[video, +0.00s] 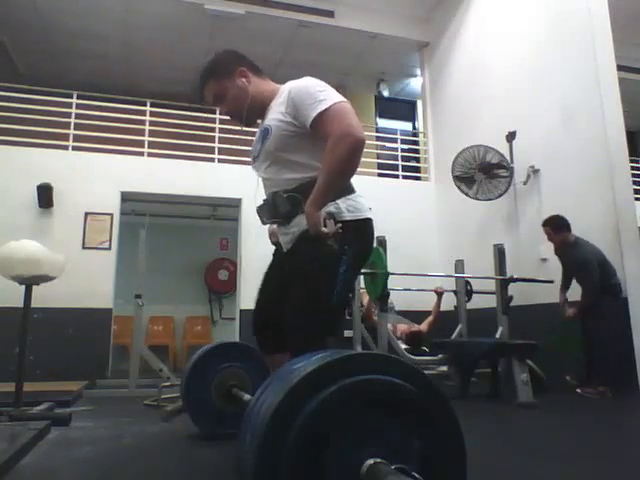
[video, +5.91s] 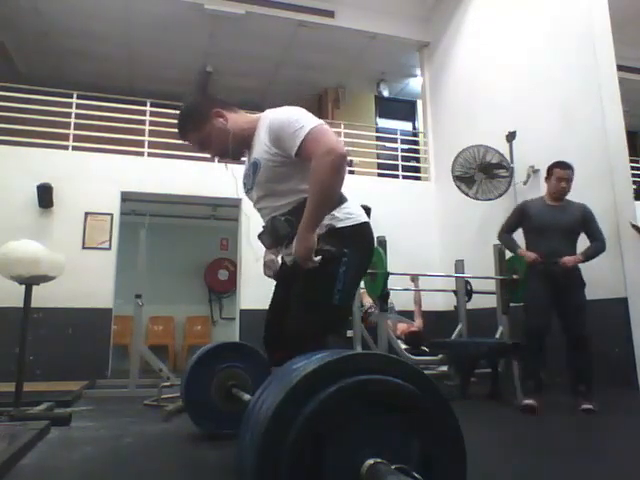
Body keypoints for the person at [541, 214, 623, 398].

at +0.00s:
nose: (548, 239)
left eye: (550, 234)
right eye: (547, 235)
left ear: (561, 232)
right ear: (561, 232)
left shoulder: (583, 253)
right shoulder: (561, 249)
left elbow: (592, 288)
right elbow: (567, 270)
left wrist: (580, 309)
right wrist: (563, 293)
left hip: (609, 296)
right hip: (592, 295)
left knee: (604, 340)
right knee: (591, 338)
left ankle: (603, 384)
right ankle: (591, 380)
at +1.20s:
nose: (551, 238)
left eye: (550, 235)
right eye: (549, 235)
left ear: (555, 229)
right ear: (561, 224)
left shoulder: (567, 248)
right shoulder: (580, 233)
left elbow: (568, 280)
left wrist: (561, 302)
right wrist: (562, 260)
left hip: (596, 294)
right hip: (611, 289)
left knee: (592, 337)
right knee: (605, 337)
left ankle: (596, 384)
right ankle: (608, 382)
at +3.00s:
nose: (553, 220)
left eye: (558, 216)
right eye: (552, 216)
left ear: (569, 217)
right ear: (553, 217)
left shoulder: (574, 240)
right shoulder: (562, 233)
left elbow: (565, 274)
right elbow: (545, 246)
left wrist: (540, 290)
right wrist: (524, 252)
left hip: (593, 291)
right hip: (583, 290)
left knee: (593, 336)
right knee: (589, 335)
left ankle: (599, 384)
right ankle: (599, 381)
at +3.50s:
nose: (567, 214)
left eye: (572, 210)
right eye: (565, 210)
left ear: (582, 212)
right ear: (563, 213)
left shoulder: (586, 235)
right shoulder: (567, 236)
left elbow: (585, 266)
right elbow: (553, 257)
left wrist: (563, 284)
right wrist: (531, 258)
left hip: (598, 290)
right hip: (583, 291)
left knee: (598, 335)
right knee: (588, 334)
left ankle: (603, 383)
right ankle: (597, 381)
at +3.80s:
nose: (568, 214)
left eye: (572, 210)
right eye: (565, 211)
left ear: (582, 211)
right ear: (562, 215)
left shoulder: (596, 233)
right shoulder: (563, 240)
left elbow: (616, 257)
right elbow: (559, 266)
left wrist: (600, 277)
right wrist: (559, 274)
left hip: (598, 292)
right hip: (578, 293)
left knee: (598, 336)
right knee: (586, 336)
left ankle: (606, 383)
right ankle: (595, 381)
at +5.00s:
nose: (544, 202)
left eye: (547, 197)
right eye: (539, 199)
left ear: (556, 197)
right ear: (536, 203)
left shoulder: (575, 219)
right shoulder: (531, 229)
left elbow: (599, 243)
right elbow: (523, 256)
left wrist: (583, 263)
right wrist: (527, 271)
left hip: (576, 288)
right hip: (548, 292)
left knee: (585, 335)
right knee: (554, 340)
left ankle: (597, 384)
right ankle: (561, 387)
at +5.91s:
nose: (564, 185)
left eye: (568, 181)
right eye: (559, 180)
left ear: (572, 183)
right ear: (547, 180)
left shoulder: (580, 212)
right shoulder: (527, 209)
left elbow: (599, 243)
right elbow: (503, 234)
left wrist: (579, 258)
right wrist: (521, 252)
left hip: (569, 281)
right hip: (537, 281)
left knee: (578, 335)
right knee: (534, 334)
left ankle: (583, 396)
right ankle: (531, 395)